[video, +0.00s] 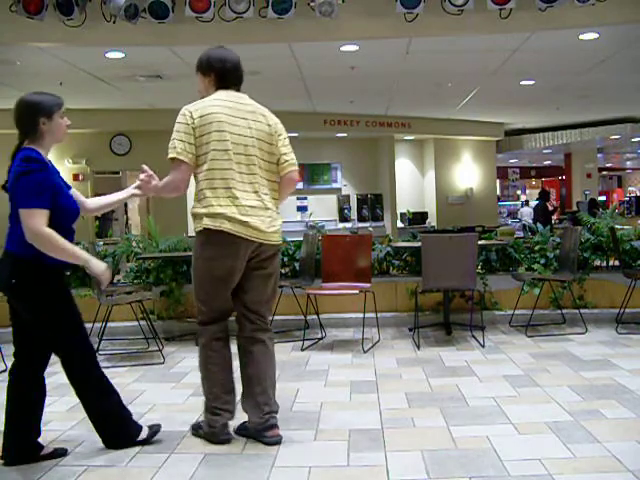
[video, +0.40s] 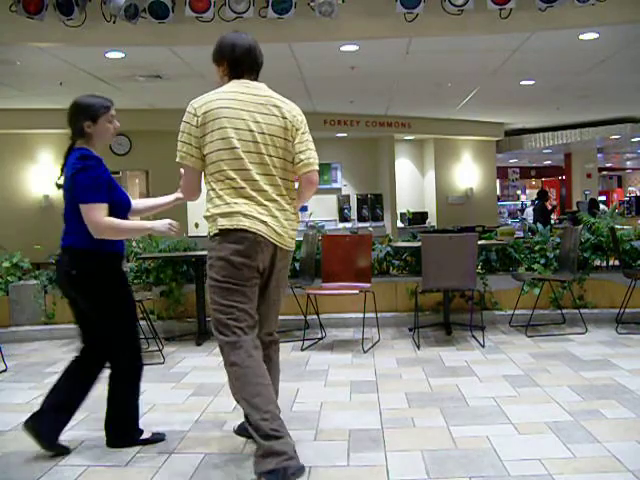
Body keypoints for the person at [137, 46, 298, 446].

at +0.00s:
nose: (197, 85)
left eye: (199, 79)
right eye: (199, 78)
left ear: (209, 79)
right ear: (237, 79)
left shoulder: (195, 112)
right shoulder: (268, 117)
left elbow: (181, 179)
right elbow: (291, 177)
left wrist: (156, 188)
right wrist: (261, 203)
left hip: (219, 230)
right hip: (267, 233)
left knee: (212, 326)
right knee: (257, 327)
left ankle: (217, 422)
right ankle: (263, 422)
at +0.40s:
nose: (213, 72)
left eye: (214, 65)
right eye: (215, 65)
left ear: (222, 66)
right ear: (258, 67)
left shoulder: (203, 107)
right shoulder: (289, 109)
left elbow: (189, 190)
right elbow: (310, 180)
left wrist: (204, 175)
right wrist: (287, 201)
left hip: (234, 231)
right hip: (281, 235)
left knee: (236, 335)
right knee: (266, 333)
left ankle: (279, 456)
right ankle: (261, 418)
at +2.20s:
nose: (211, 77)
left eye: (211, 72)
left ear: (213, 74)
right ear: (249, 71)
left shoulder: (206, 113)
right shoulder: (280, 113)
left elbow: (165, 183)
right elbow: (301, 181)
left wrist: (192, 204)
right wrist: (265, 170)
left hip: (226, 241)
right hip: (273, 246)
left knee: (215, 330)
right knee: (255, 331)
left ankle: (235, 422)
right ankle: (265, 422)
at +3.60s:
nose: (174, 130)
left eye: (173, 125)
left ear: (177, 124)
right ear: (202, 115)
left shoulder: (172, 153)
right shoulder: (233, 143)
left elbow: (155, 207)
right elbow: (264, 187)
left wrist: (141, 204)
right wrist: (270, 171)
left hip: (197, 246)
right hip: (238, 244)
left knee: (202, 315)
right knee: (260, 308)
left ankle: (200, 386)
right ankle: (304, 375)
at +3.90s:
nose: (203, 134)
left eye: (204, 128)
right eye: (201, 129)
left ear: (217, 123)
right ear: (229, 122)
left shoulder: (222, 153)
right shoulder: (260, 147)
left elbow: (204, 210)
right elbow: (279, 192)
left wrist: (168, 206)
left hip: (242, 252)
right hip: (275, 249)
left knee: (214, 311)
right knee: (274, 307)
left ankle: (204, 385)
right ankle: (321, 352)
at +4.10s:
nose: (238, 135)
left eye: (240, 129)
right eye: (236, 130)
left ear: (256, 124)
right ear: (260, 124)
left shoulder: (270, 153)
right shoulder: (282, 146)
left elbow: (258, 207)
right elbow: (264, 202)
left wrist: (212, 203)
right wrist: (219, 205)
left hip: (276, 248)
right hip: (296, 245)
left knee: (240, 308)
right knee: (288, 310)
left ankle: (215, 382)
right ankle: (329, 363)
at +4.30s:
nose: (269, 136)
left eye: (271, 130)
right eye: (267, 130)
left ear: (288, 126)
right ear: (285, 128)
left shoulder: (308, 155)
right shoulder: (290, 153)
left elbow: (311, 203)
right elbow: (278, 187)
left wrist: (267, 194)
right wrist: (257, 190)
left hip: (307, 242)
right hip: (295, 240)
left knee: (273, 305)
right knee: (292, 308)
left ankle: (241, 377)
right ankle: (328, 362)